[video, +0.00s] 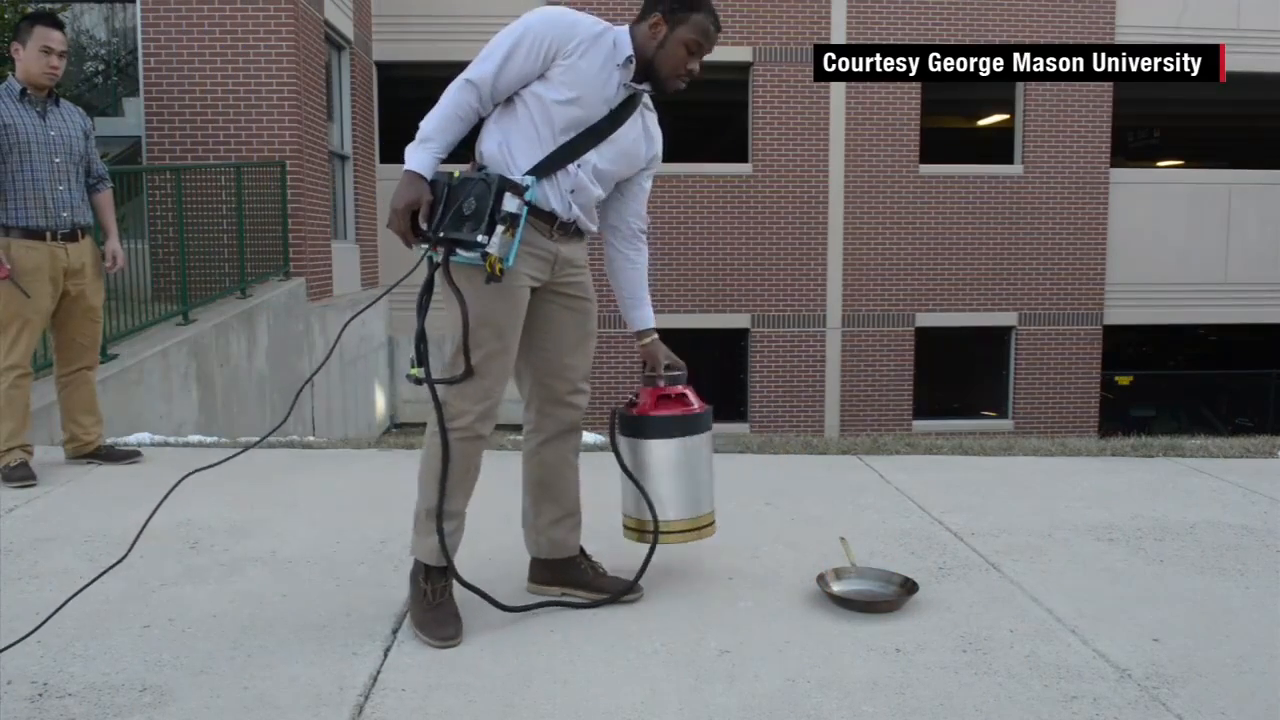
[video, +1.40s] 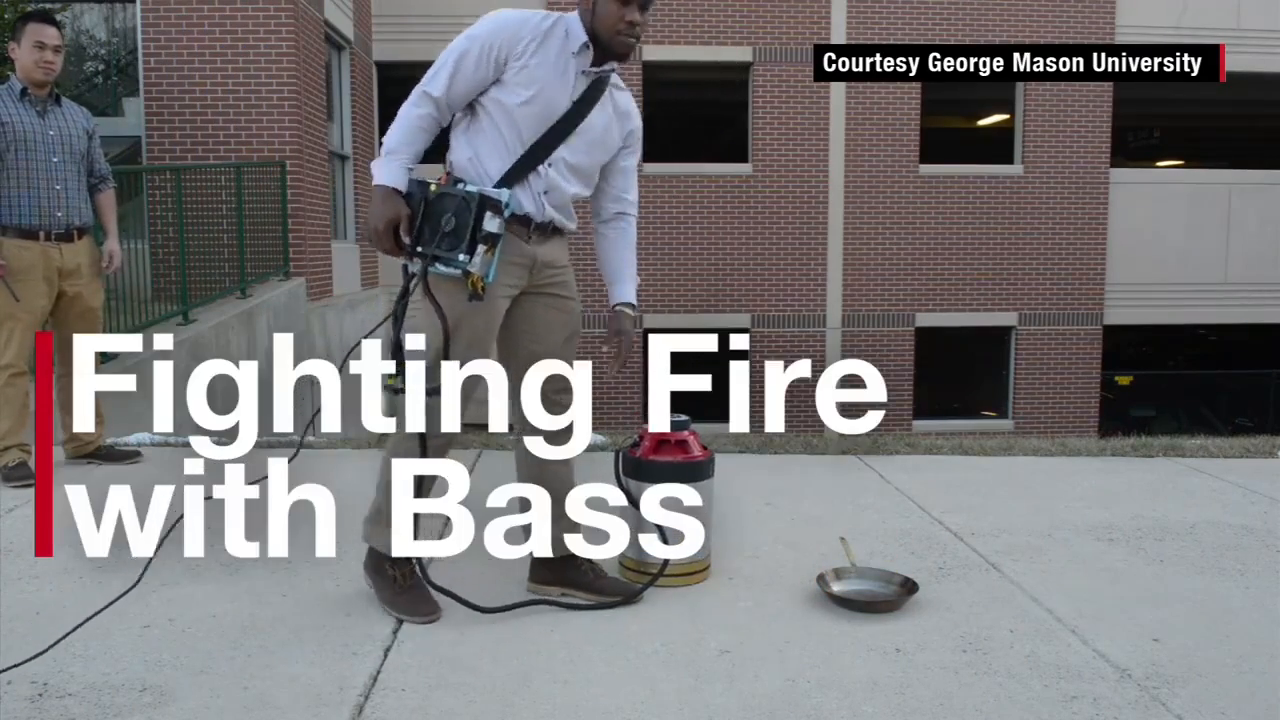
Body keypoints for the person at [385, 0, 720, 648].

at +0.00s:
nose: (695, 69)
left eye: (703, 59)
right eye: (692, 50)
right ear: (654, 24)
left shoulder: (646, 135)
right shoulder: (563, 31)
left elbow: (629, 239)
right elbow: (475, 87)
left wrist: (646, 334)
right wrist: (416, 170)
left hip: (566, 254)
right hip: (493, 233)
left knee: (560, 406)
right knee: (468, 408)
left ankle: (555, 558)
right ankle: (433, 570)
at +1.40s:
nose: (638, 18)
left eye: (645, 9)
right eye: (626, 4)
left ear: (646, 18)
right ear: (587, 3)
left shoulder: (622, 111)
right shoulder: (516, 33)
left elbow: (616, 213)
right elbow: (431, 99)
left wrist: (622, 297)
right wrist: (388, 185)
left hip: (549, 250)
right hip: (474, 239)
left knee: (551, 407)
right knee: (445, 404)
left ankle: (554, 556)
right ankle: (392, 551)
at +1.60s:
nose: (579, 8)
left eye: (584, 2)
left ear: (582, 9)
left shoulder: (583, 95)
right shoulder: (460, 34)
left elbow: (583, 195)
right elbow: (387, 115)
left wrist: (592, 277)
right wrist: (359, 203)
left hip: (532, 253)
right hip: (452, 247)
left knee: (545, 408)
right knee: (431, 411)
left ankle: (556, 554)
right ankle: (385, 559)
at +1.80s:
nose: (497, 1)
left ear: (505, 3)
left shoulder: (513, 77)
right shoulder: (382, 36)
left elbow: (517, 178)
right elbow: (319, 127)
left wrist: (536, 260)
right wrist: (307, 219)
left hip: (490, 250)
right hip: (407, 248)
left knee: (520, 406)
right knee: (397, 414)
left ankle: (552, 553)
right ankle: (383, 562)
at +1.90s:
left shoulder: (478, 60)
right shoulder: (351, 30)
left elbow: (483, 160)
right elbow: (291, 127)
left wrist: (501, 247)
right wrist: (286, 222)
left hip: (468, 245)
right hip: (387, 248)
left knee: (500, 399)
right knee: (386, 413)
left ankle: (521, 547)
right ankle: (380, 563)